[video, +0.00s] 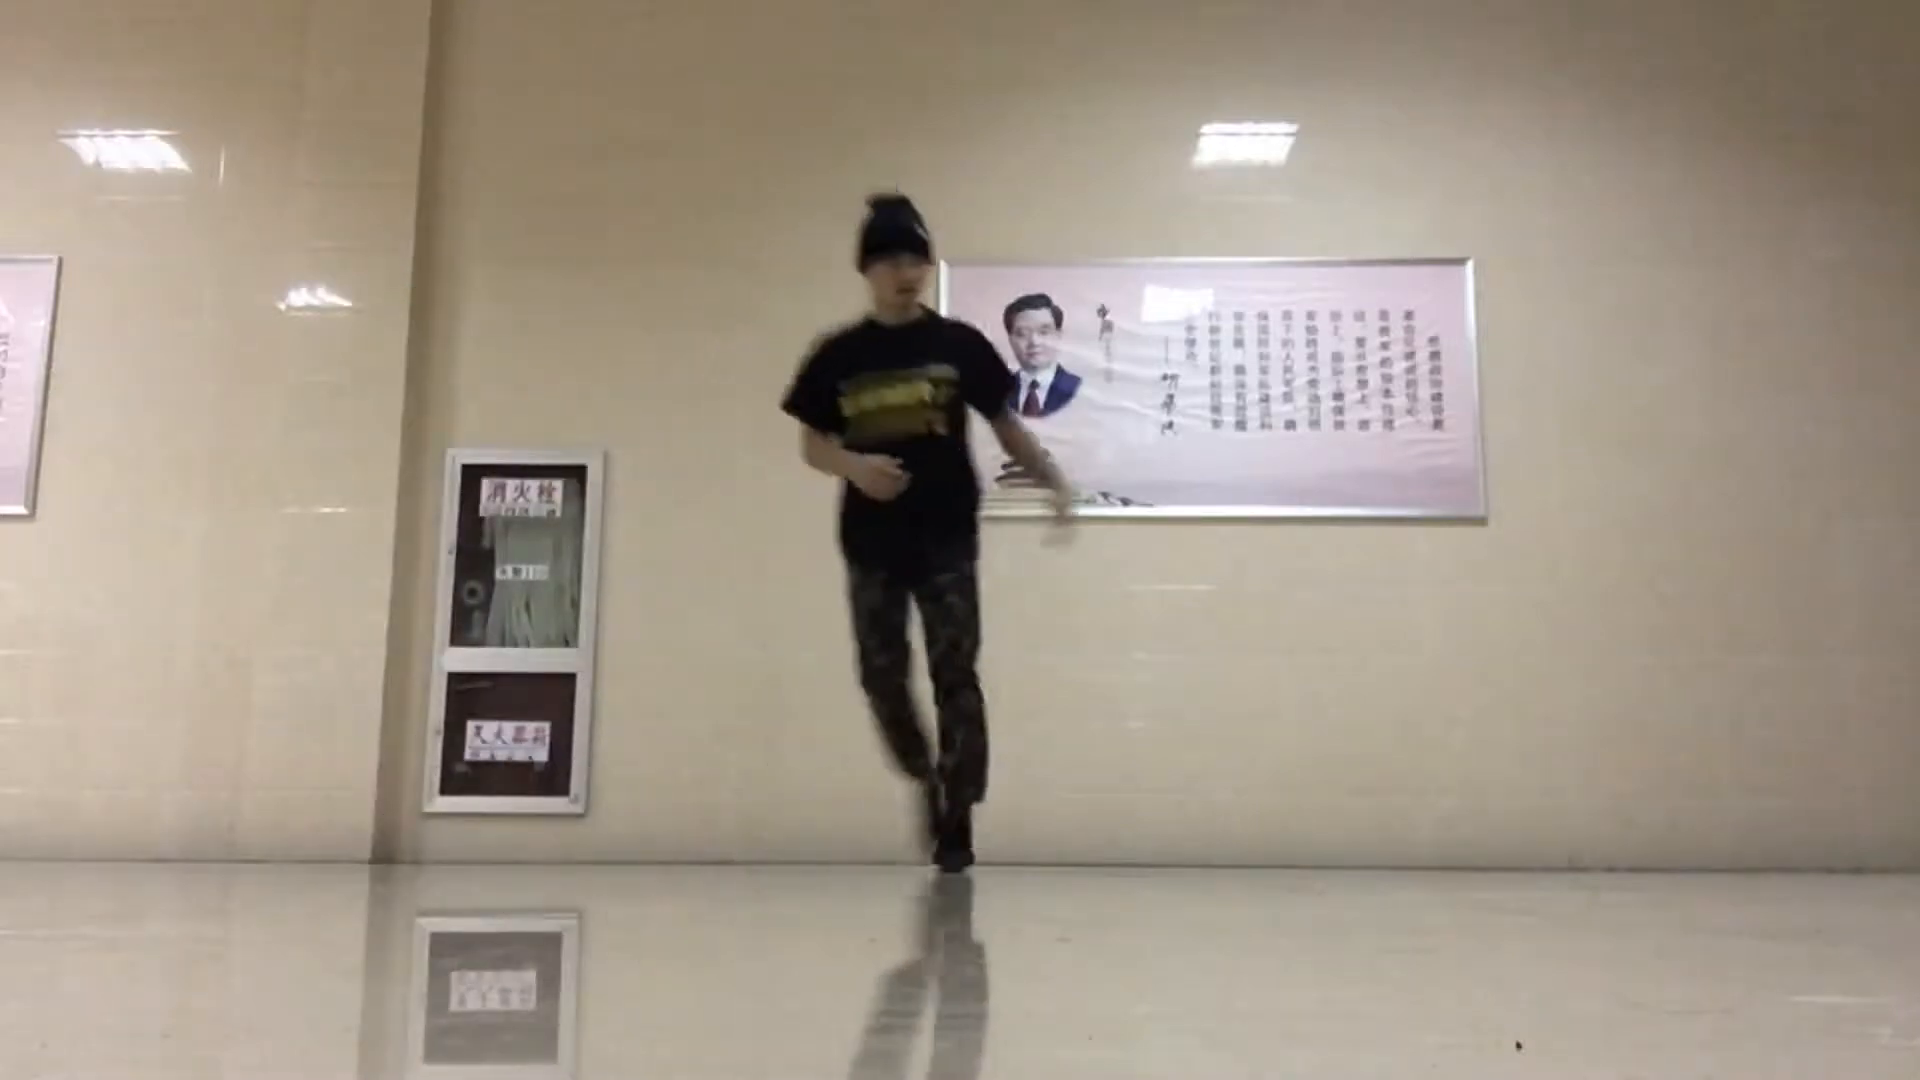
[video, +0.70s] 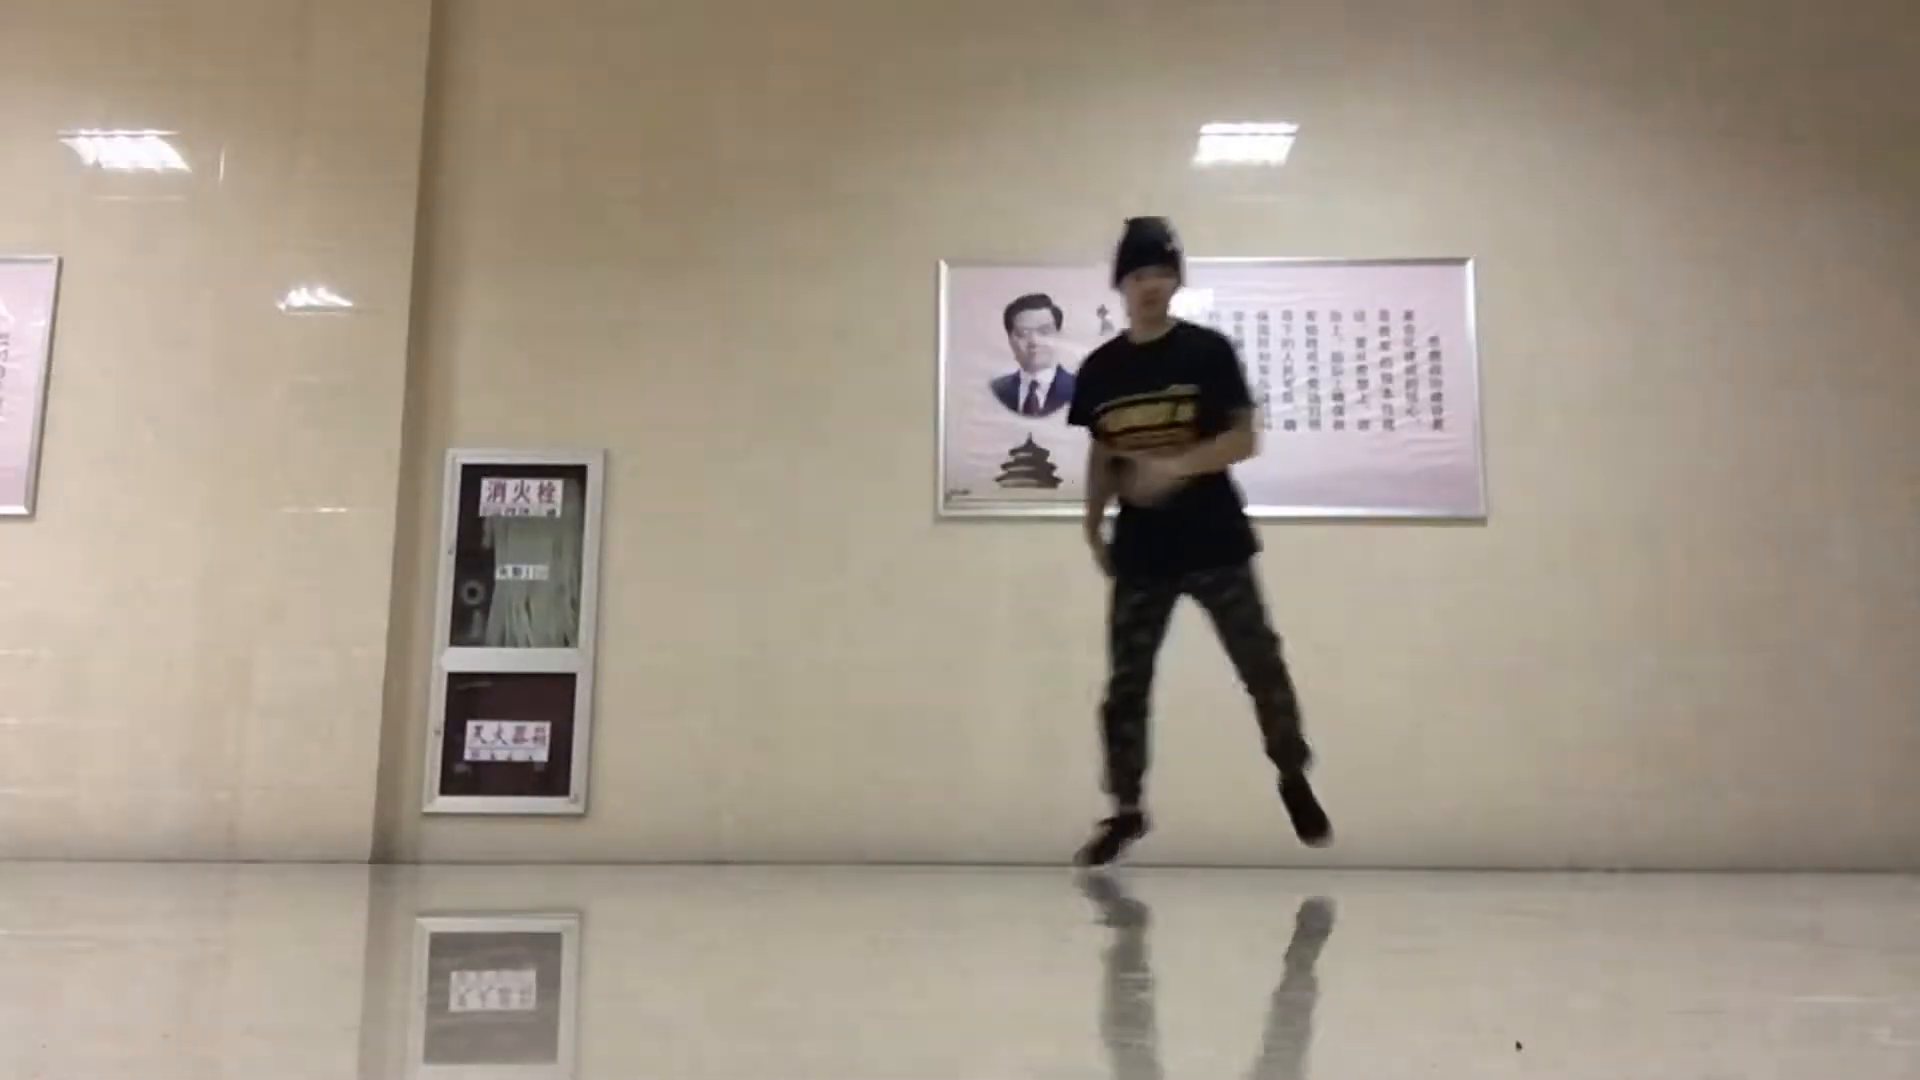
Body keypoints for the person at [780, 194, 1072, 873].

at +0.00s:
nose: (907, 275)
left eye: (916, 262)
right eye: (892, 263)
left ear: (931, 267)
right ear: (867, 270)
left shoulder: (962, 346)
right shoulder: (835, 355)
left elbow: (1007, 426)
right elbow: (813, 444)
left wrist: (1052, 478)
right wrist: (854, 467)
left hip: (946, 529)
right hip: (872, 535)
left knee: (953, 670)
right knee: (883, 672)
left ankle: (958, 810)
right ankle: (926, 776)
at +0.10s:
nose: (940, 309)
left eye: (952, 296)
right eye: (926, 297)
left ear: (968, 303)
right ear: (904, 304)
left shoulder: (999, 382)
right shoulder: (879, 390)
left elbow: (1052, 463)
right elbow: (855, 486)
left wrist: (1116, 523)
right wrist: (876, 498)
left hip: (980, 564)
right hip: (911, 564)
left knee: (953, 702)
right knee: (922, 715)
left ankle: (952, 826)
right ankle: (1011, 763)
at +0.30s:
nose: (1001, 293)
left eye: (1011, 280)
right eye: (988, 282)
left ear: (1029, 285)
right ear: (970, 292)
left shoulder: (1067, 354)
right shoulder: (954, 372)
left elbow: (1104, 440)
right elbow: (948, 463)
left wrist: (1105, 511)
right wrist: (939, 539)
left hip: (1055, 531)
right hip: (991, 537)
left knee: (1023, 672)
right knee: (1011, 677)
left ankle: (1023, 813)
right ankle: (1072, 796)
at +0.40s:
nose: (1031, 323)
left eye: (1042, 309)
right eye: (1018, 311)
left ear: (1063, 313)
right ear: (1003, 322)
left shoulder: (1103, 385)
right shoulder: (1000, 398)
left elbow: (1121, 479)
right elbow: (989, 490)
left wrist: (1066, 512)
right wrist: (970, 570)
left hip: (1090, 565)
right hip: (1025, 569)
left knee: (1058, 681)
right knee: (1037, 707)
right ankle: (1083, 822)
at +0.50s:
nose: (1068, 334)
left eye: (1079, 321)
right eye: (1056, 323)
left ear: (1099, 326)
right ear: (1042, 333)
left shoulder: (1130, 394)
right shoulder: (1038, 409)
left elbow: (1138, 483)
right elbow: (1030, 500)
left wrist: (1055, 484)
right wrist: (1006, 579)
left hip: (1127, 579)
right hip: (1062, 582)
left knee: (1130, 714)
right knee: (1055, 719)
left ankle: (1196, 686)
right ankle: (1092, 834)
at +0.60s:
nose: (1107, 303)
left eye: (1118, 291)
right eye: (1096, 292)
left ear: (1136, 296)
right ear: (1080, 300)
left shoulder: (1166, 365)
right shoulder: (1068, 381)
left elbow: (1184, 456)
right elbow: (1068, 473)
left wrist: (1102, 454)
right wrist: (1057, 546)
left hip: (1167, 553)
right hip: (1099, 557)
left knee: (1204, 681)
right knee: (1084, 702)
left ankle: (1257, 724)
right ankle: (1095, 823)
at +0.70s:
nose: (1150, 290)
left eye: (1161, 278)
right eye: (1139, 279)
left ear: (1177, 282)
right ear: (1120, 285)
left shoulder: (1210, 350)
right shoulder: (1102, 366)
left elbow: (1245, 438)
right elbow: (1101, 451)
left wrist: (1174, 466)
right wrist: (1092, 521)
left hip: (1213, 540)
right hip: (1141, 546)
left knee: (1264, 667)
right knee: (1127, 685)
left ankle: (1294, 781)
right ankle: (1127, 811)